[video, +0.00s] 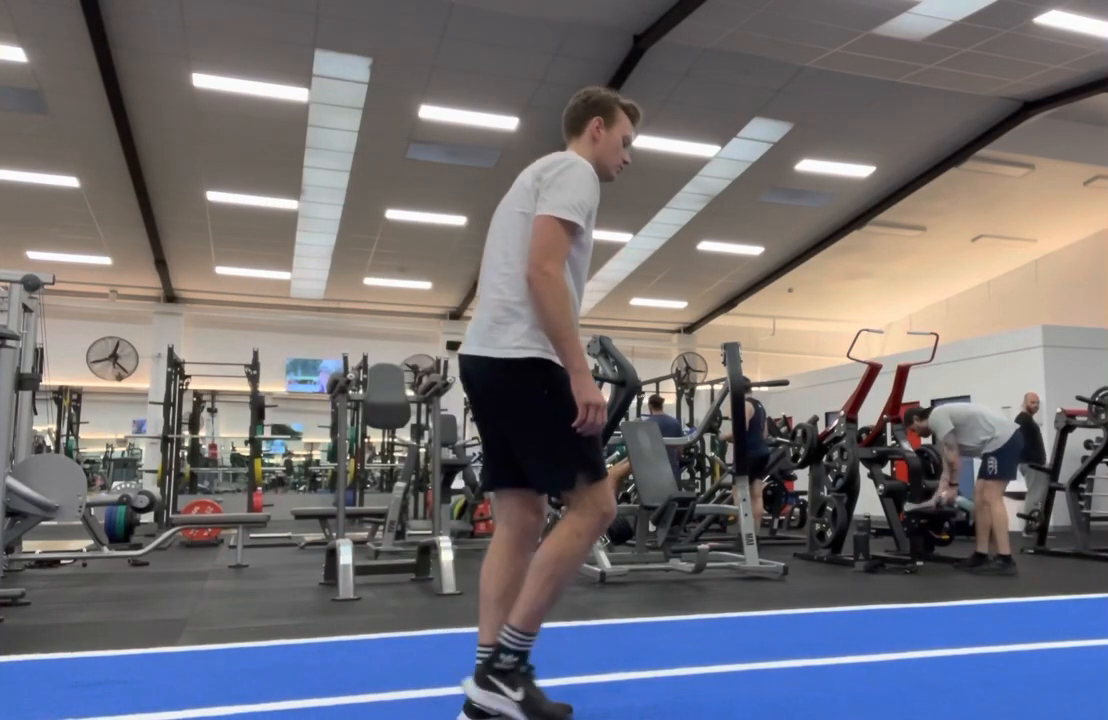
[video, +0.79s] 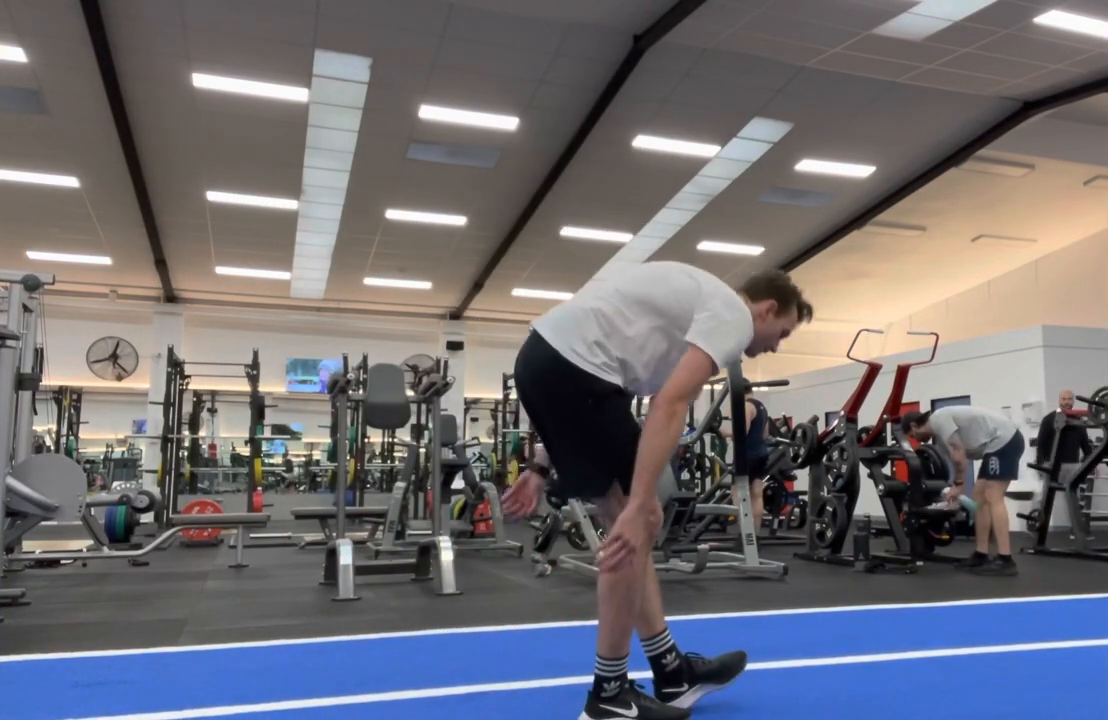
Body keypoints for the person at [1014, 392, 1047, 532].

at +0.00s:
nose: (1035, 405)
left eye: (1037, 403)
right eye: (1032, 402)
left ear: (1039, 404)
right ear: (1025, 403)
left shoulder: (1029, 420)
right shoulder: (1024, 420)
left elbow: (1030, 443)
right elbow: (1023, 443)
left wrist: (1041, 461)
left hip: (1035, 463)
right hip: (1030, 463)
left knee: (1037, 495)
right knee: (1036, 494)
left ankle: (1034, 526)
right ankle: (1030, 527)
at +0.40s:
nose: (1051, 405)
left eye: (1053, 402)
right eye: (1048, 402)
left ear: (1056, 403)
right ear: (1042, 403)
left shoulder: (1050, 421)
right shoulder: (1040, 421)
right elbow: (1036, 444)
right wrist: (1041, 462)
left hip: (1044, 465)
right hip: (1040, 465)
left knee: (1039, 497)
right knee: (1035, 497)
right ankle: (1030, 527)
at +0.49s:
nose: (1055, 403)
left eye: (1057, 401)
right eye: (1052, 401)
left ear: (1061, 402)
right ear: (1047, 402)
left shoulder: (1063, 420)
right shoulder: (1039, 420)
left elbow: (1070, 428)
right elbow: (1034, 442)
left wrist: (1068, 417)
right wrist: (1039, 462)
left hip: (1060, 464)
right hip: (1043, 464)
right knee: (1037, 495)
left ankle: (1074, 527)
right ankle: (1030, 527)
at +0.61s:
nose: (1058, 403)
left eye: (1061, 400)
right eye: (1055, 400)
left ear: (1066, 401)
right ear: (1051, 401)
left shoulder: (1069, 420)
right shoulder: (1042, 419)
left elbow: (1071, 444)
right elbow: (1035, 441)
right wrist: (1037, 462)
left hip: (1064, 463)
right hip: (1045, 462)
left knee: (1069, 495)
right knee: (1040, 493)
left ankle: (1075, 527)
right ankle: (1032, 524)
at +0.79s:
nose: (1067, 402)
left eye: (1069, 399)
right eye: (1064, 399)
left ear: (1073, 401)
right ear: (1059, 401)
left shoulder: (1078, 421)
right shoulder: (1049, 419)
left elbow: (1085, 443)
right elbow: (1041, 443)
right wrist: (1041, 463)